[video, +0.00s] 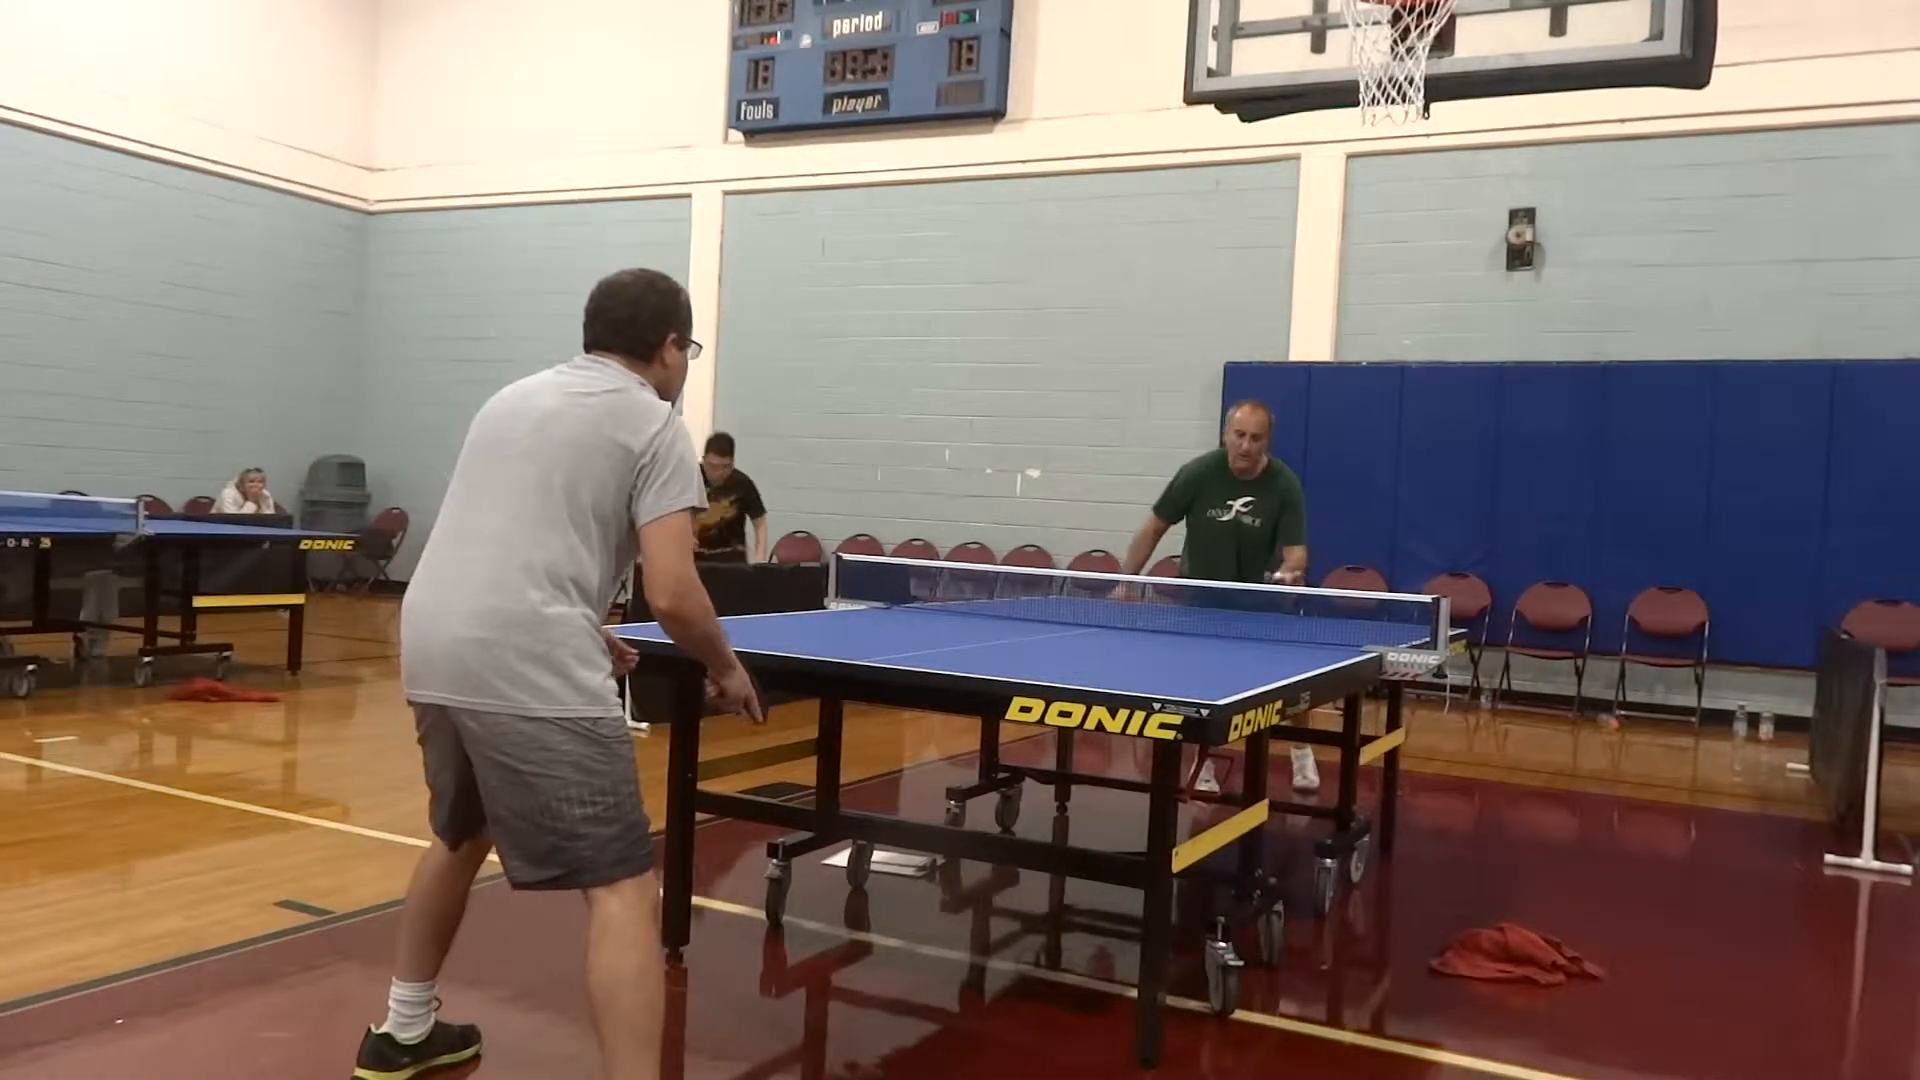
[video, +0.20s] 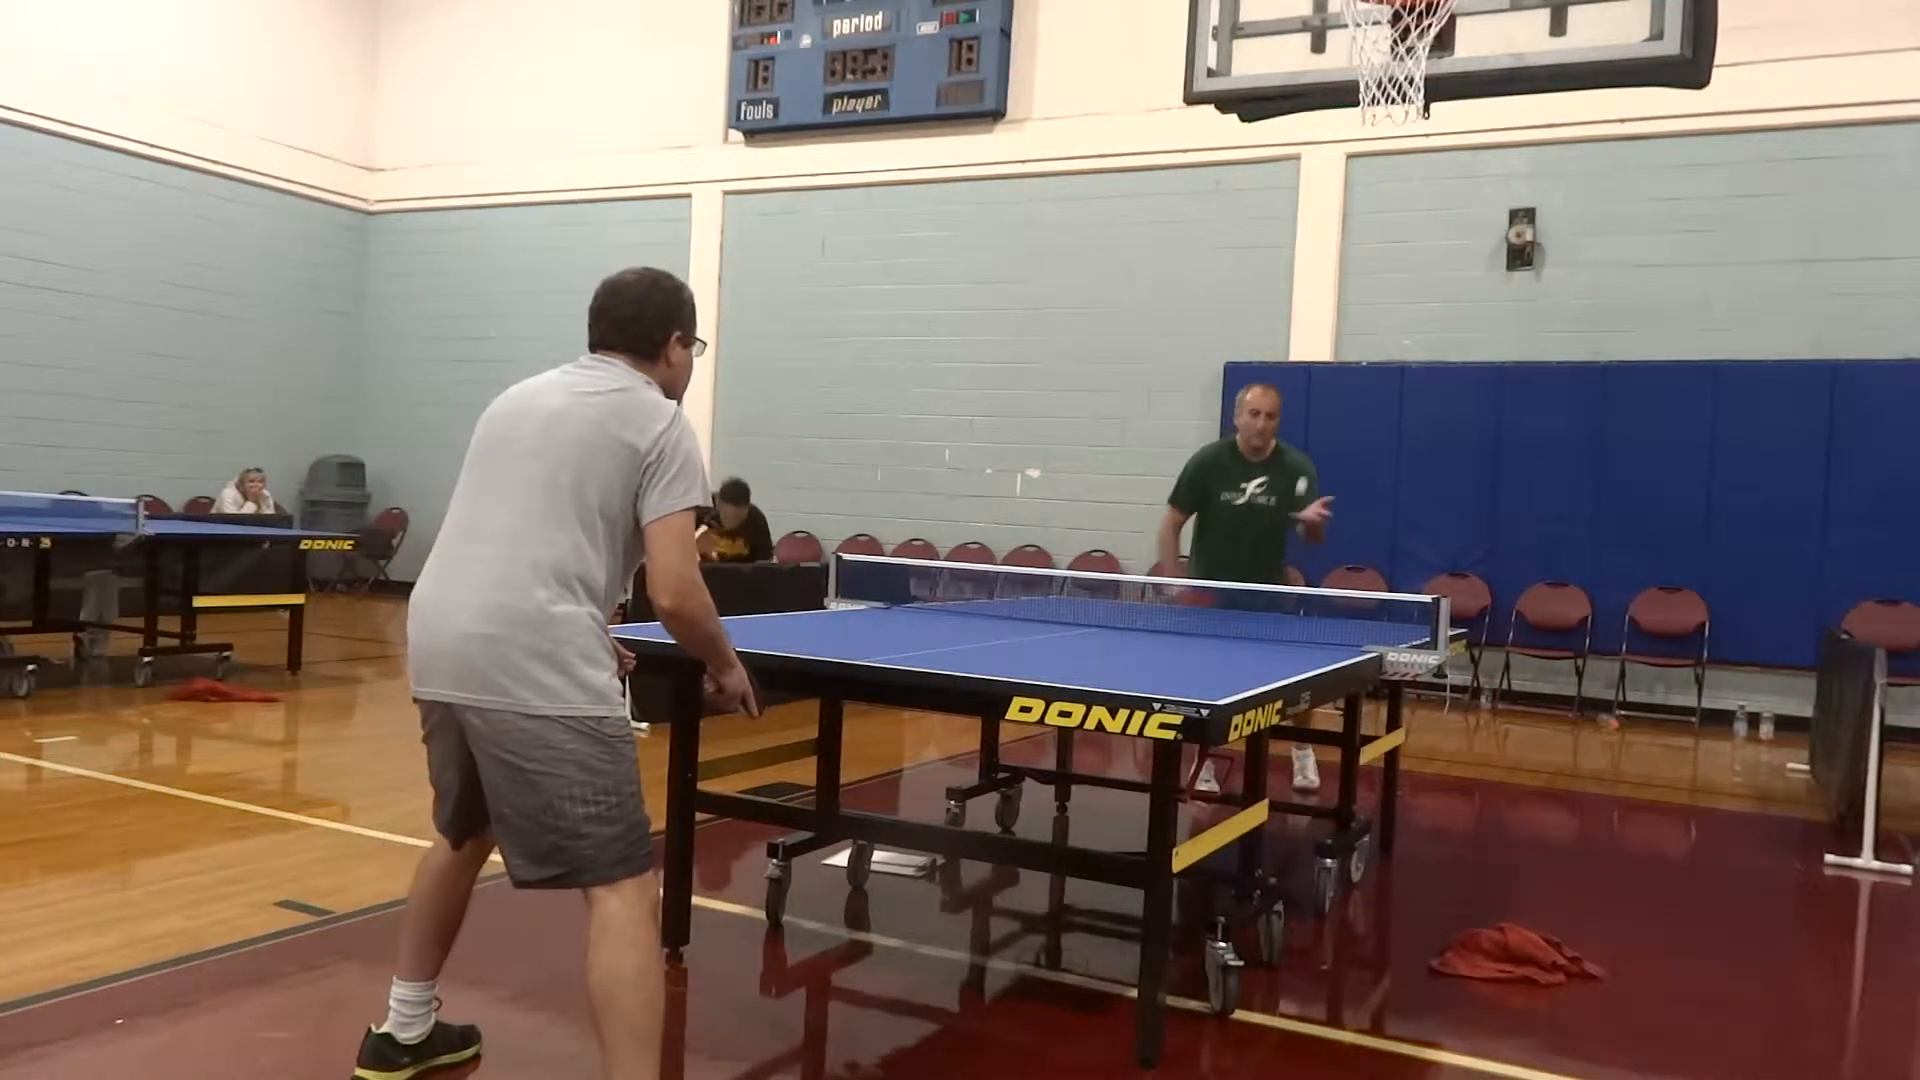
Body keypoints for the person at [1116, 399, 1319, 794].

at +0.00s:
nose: (1245, 445)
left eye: (1255, 437)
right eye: (1238, 435)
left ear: (1268, 441)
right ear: (1225, 435)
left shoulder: (1284, 484)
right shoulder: (1197, 475)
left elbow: (1296, 551)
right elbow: (1154, 527)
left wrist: (1290, 571)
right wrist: (1127, 580)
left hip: (1260, 602)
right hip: (1203, 598)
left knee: (1281, 673)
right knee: (1201, 676)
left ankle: (1300, 749)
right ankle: (1207, 759)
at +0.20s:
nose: (1261, 424)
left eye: (1269, 416)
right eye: (1254, 414)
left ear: (1279, 422)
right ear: (1237, 417)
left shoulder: (1296, 468)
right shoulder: (1209, 461)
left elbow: (1314, 538)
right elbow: (1170, 523)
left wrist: (1311, 521)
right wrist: (1171, 577)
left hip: (1268, 591)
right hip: (1210, 588)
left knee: (1293, 668)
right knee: (1207, 671)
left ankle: (1302, 748)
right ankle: (1208, 757)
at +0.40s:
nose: (1274, 413)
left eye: (1281, 405)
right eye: (1265, 404)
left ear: (1288, 411)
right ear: (1244, 408)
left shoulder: (1306, 459)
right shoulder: (1218, 454)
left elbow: (1325, 519)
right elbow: (1197, 522)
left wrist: (1342, 524)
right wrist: (1250, 550)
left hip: (1283, 590)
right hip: (1222, 587)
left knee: (1298, 669)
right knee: (1215, 666)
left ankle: (1302, 750)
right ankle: (1211, 755)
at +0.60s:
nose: (1282, 426)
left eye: (1288, 417)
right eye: (1273, 417)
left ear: (1295, 420)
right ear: (1253, 419)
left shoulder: (1311, 466)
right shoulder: (1230, 464)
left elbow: (1334, 533)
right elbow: (1229, 537)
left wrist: (1356, 572)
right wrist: (1284, 560)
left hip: (1292, 594)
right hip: (1232, 591)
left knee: (1306, 671)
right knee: (1222, 668)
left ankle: (1300, 754)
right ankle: (1211, 757)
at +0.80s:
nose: (1289, 414)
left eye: (1297, 406)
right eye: (1280, 406)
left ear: (1306, 411)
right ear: (1263, 410)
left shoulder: (1329, 460)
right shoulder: (1240, 460)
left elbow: (1344, 518)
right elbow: (1226, 525)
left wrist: (1356, 573)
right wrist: (1224, 567)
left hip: (1310, 595)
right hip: (1250, 593)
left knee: (1321, 679)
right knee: (1233, 673)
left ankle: (1302, 756)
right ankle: (1214, 758)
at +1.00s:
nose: (1289, 408)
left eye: (1297, 400)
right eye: (1280, 400)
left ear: (1309, 406)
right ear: (1266, 407)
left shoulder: (1336, 458)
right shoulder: (1245, 461)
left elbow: (1359, 515)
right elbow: (1224, 520)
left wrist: (1369, 572)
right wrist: (1228, 550)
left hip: (1319, 594)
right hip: (1259, 593)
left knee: (1323, 680)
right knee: (1254, 674)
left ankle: (1303, 755)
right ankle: (1247, 759)